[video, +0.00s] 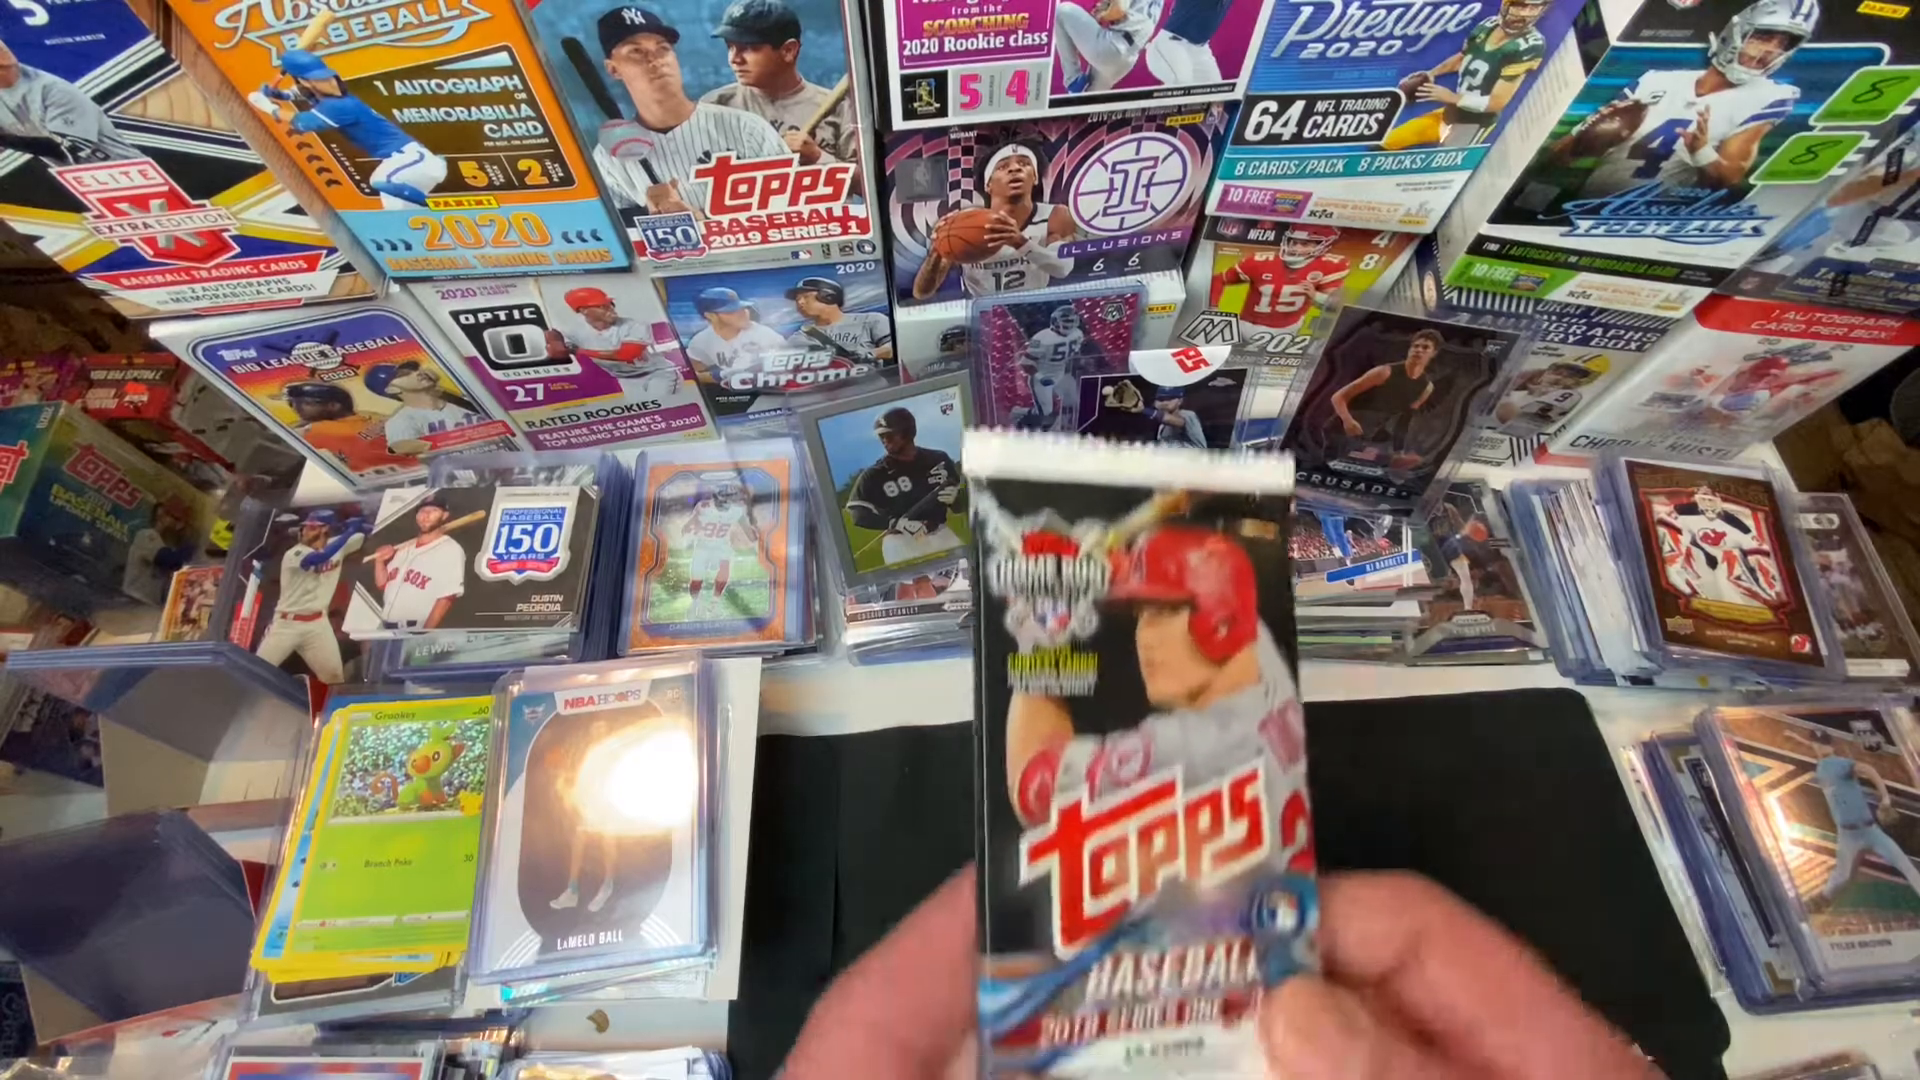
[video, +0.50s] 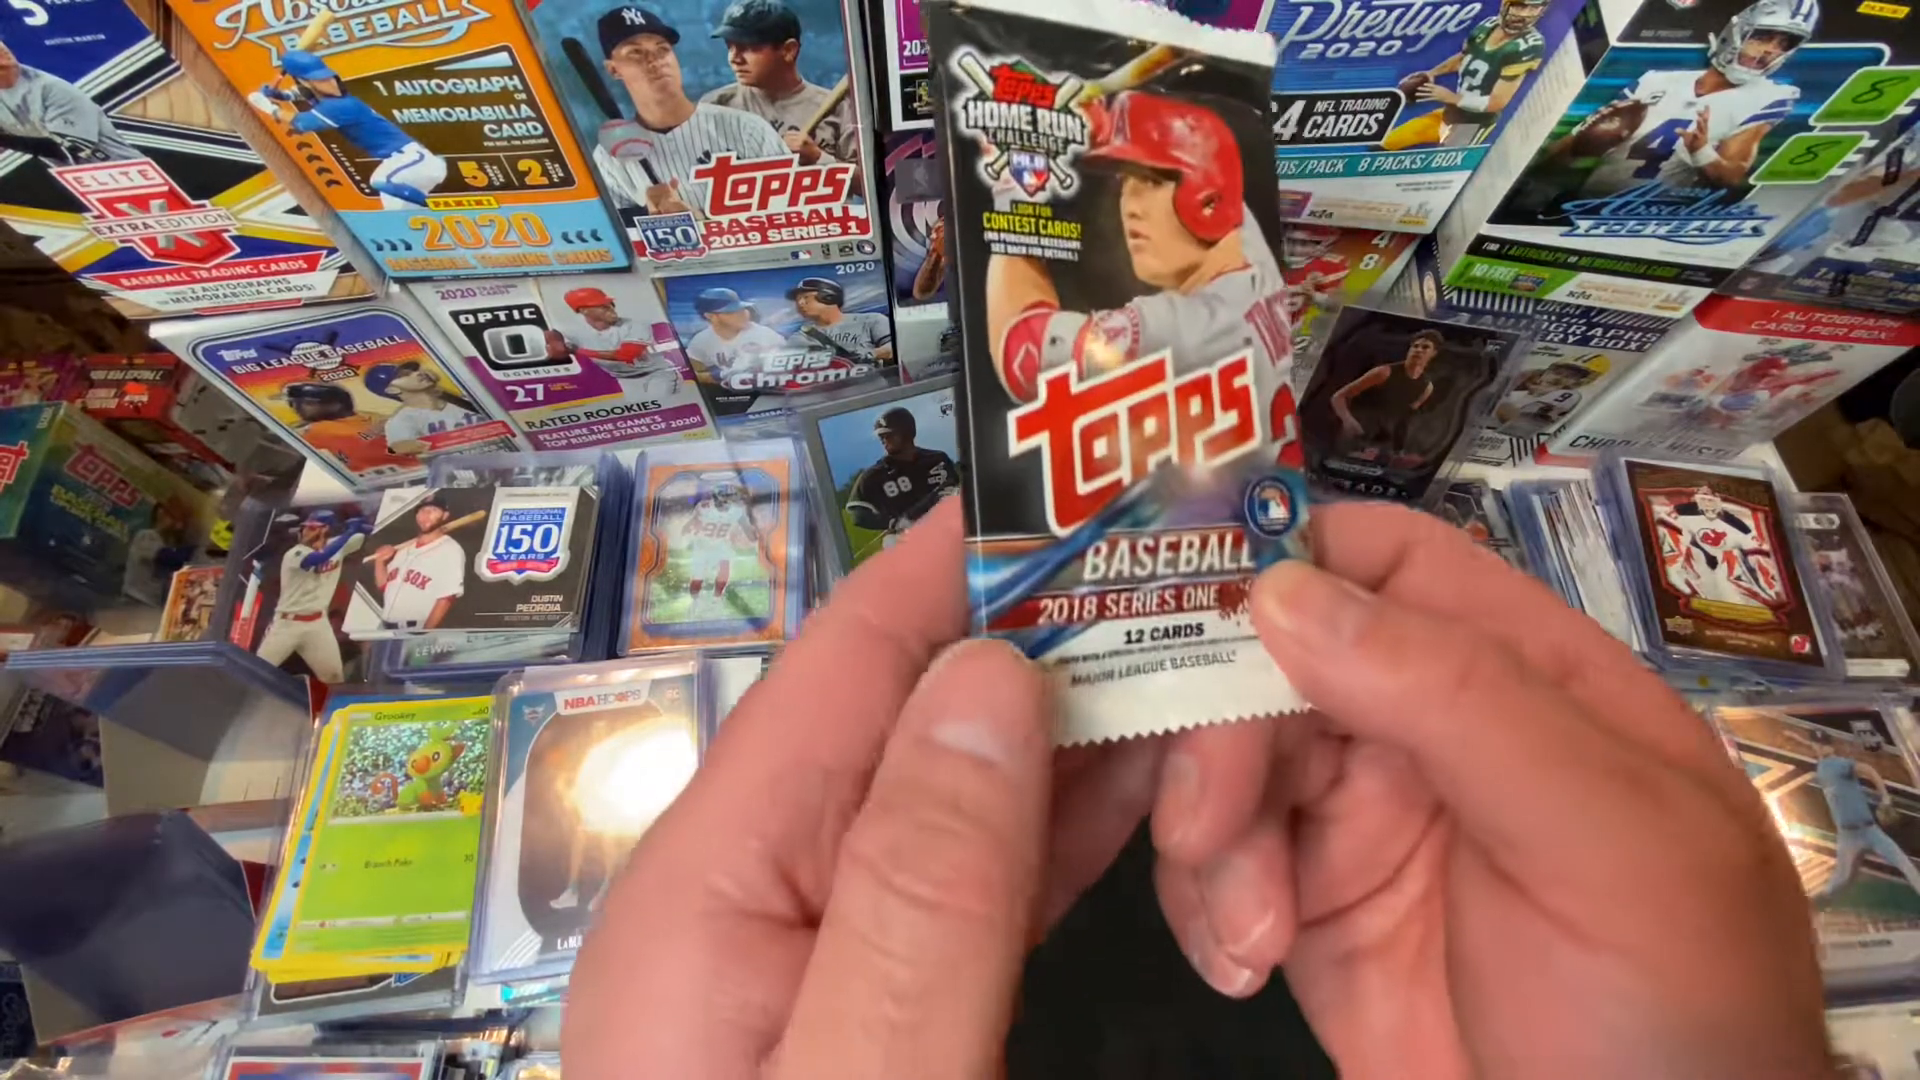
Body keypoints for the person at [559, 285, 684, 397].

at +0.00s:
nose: (612, 310)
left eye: (610, 305)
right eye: (604, 307)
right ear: (586, 313)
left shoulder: (634, 325)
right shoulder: (580, 336)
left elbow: (628, 354)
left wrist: (581, 352)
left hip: (658, 372)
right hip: (624, 378)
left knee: (655, 401)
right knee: (631, 404)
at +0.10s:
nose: (612, 310)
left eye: (611, 306)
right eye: (605, 308)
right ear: (587, 313)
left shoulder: (633, 326)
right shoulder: (580, 336)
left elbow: (627, 355)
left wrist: (581, 353)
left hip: (657, 372)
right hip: (624, 379)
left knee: (657, 396)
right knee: (630, 403)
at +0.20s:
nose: (612, 310)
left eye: (610, 306)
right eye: (605, 308)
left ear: (608, 307)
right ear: (590, 315)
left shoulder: (634, 325)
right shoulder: (585, 337)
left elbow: (628, 355)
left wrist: (581, 353)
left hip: (657, 372)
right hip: (625, 378)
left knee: (655, 400)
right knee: (631, 405)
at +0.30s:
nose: (612, 310)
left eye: (611, 306)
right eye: (605, 308)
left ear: (613, 305)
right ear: (587, 313)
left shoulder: (635, 326)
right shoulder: (582, 338)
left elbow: (628, 355)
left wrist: (581, 353)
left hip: (657, 373)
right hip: (624, 380)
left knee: (657, 397)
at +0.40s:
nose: (612, 310)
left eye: (610, 306)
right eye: (605, 308)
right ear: (587, 313)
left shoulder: (635, 326)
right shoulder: (581, 337)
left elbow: (626, 356)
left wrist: (580, 353)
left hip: (656, 372)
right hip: (623, 379)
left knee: (656, 395)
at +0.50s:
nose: (612, 310)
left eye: (611, 306)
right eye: (605, 308)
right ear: (587, 313)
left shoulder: (635, 326)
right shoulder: (582, 338)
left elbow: (627, 355)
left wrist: (581, 353)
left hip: (657, 372)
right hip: (624, 379)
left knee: (656, 399)